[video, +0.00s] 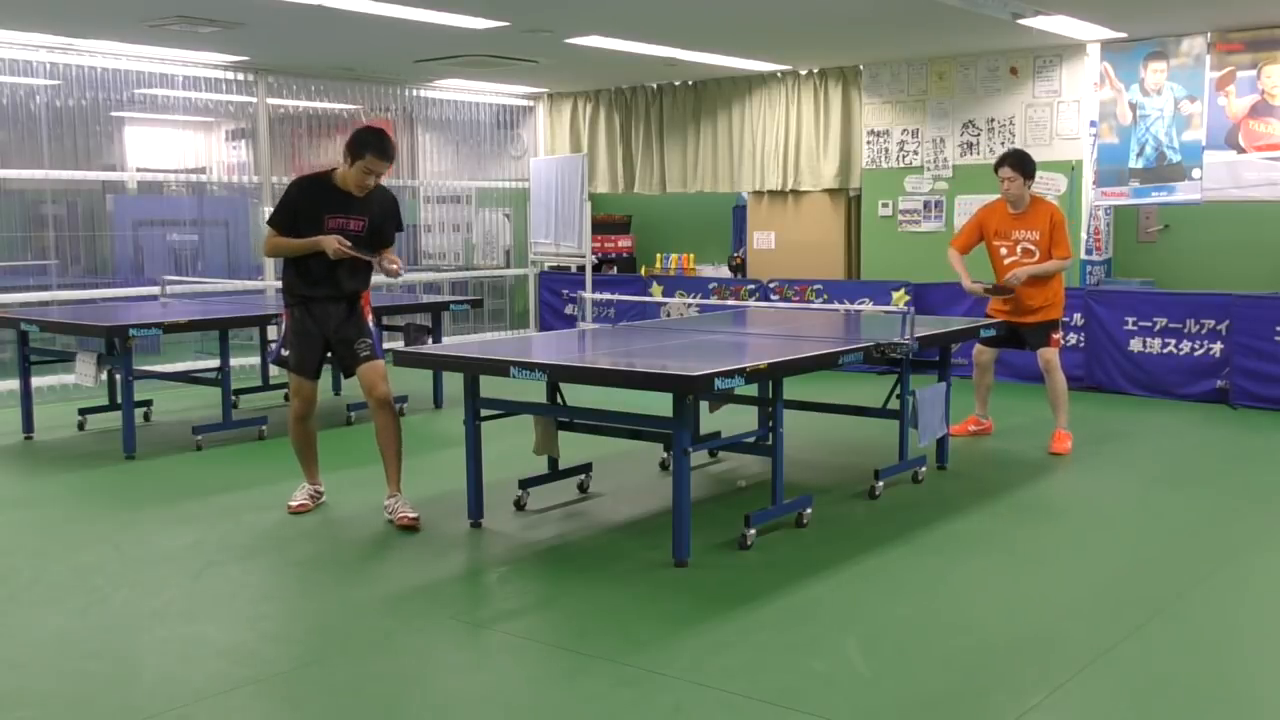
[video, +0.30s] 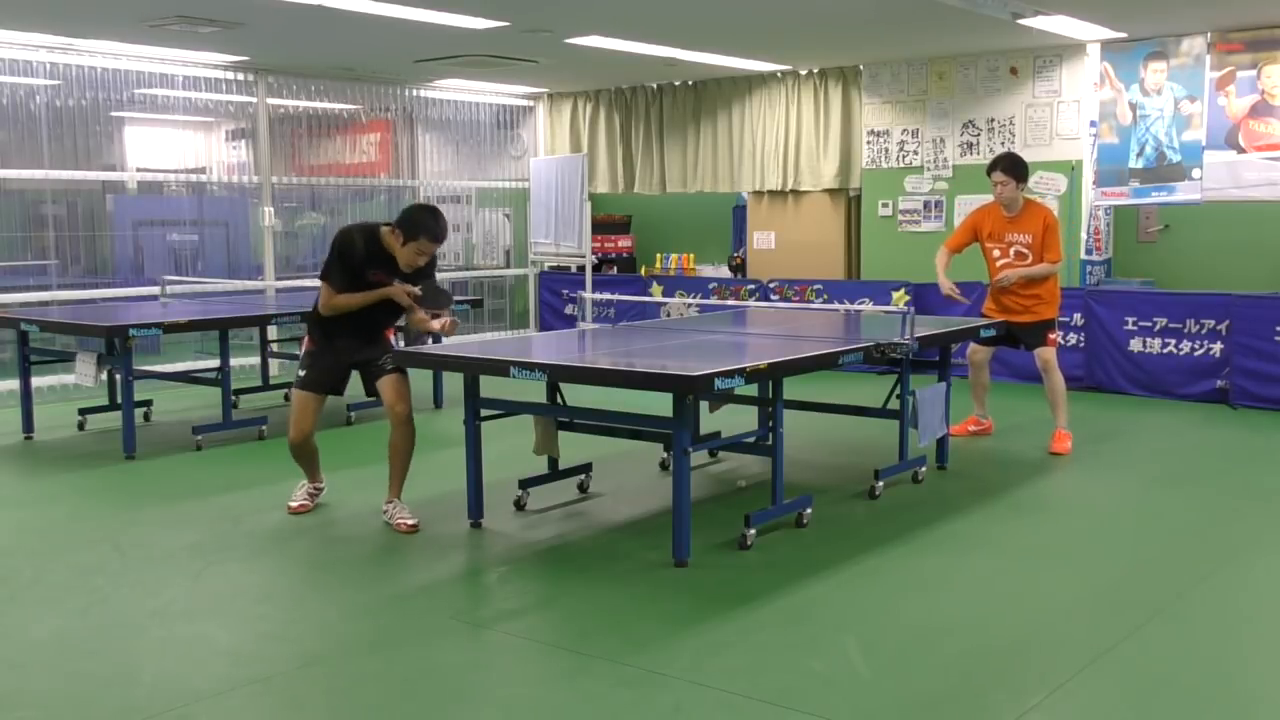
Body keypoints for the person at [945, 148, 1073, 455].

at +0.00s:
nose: (1005, 186)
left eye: (1011, 180)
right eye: (1001, 180)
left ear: (1028, 181)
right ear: (998, 180)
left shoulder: (1050, 213)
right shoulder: (989, 214)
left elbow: (1064, 260)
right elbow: (954, 249)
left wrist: (1026, 271)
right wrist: (966, 281)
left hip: (1044, 306)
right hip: (1003, 305)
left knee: (1048, 360)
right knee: (981, 356)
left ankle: (1062, 429)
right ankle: (981, 418)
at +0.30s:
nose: (998, 190)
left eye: (1004, 184)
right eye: (994, 184)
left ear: (1020, 184)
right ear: (991, 184)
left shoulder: (1043, 217)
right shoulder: (982, 217)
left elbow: (1054, 264)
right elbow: (945, 250)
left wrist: (1018, 273)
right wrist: (942, 278)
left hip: (1038, 308)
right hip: (998, 307)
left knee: (1046, 361)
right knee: (975, 356)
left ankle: (1061, 429)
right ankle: (981, 418)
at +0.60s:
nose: (983, 198)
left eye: (989, 192)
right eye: (981, 192)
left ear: (1008, 192)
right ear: (980, 193)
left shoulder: (1036, 221)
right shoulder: (980, 225)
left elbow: (1056, 268)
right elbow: (959, 262)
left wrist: (1019, 285)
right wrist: (938, 274)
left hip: (1045, 307)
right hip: (1007, 307)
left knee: (1047, 361)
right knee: (984, 355)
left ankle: (1062, 429)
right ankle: (981, 418)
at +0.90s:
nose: (974, 211)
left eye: (980, 205)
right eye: (972, 205)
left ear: (999, 205)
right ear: (971, 206)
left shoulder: (1029, 230)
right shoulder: (979, 235)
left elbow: (1054, 275)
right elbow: (977, 276)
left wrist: (1016, 297)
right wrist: (958, 297)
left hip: (1046, 306)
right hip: (1012, 308)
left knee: (1045, 362)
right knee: (985, 354)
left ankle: (1061, 429)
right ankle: (982, 418)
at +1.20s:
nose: (976, 199)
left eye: (982, 193)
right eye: (973, 194)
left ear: (1001, 195)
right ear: (972, 196)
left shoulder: (1030, 223)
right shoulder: (979, 228)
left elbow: (1053, 269)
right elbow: (973, 270)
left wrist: (1016, 290)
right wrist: (957, 291)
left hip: (1045, 306)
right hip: (1008, 308)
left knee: (1045, 360)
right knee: (984, 353)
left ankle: (1061, 429)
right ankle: (981, 418)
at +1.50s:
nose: (977, 183)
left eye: (983, 177)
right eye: (975, 177)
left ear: (1002, 179)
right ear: (975, 181)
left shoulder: (1028, 213)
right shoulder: (977, 218)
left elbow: (1050, 256)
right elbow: (970, 260)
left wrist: (1014, 277)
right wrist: (956, 273)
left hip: (1037, 306)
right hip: (1000, 306)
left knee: (1042, 360)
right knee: (978, 355)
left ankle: (1061, 429)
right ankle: (981, 419)